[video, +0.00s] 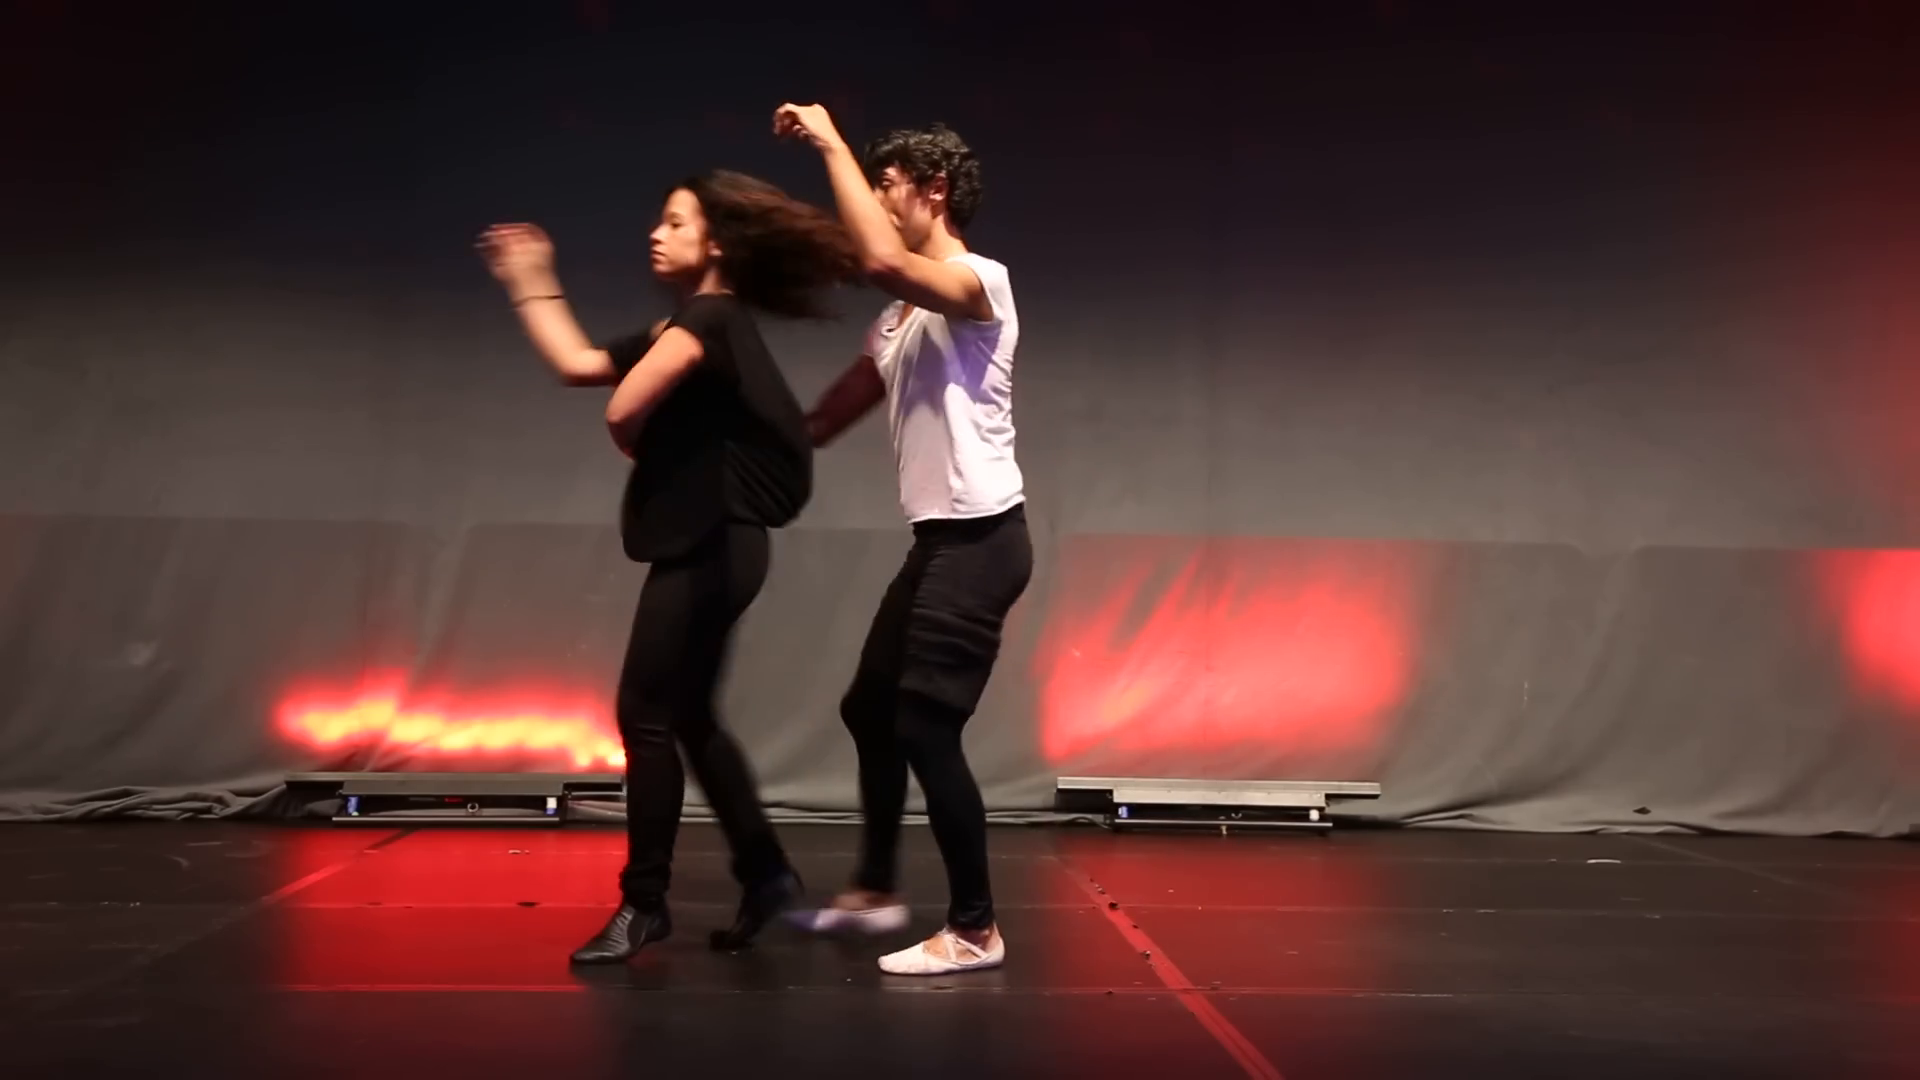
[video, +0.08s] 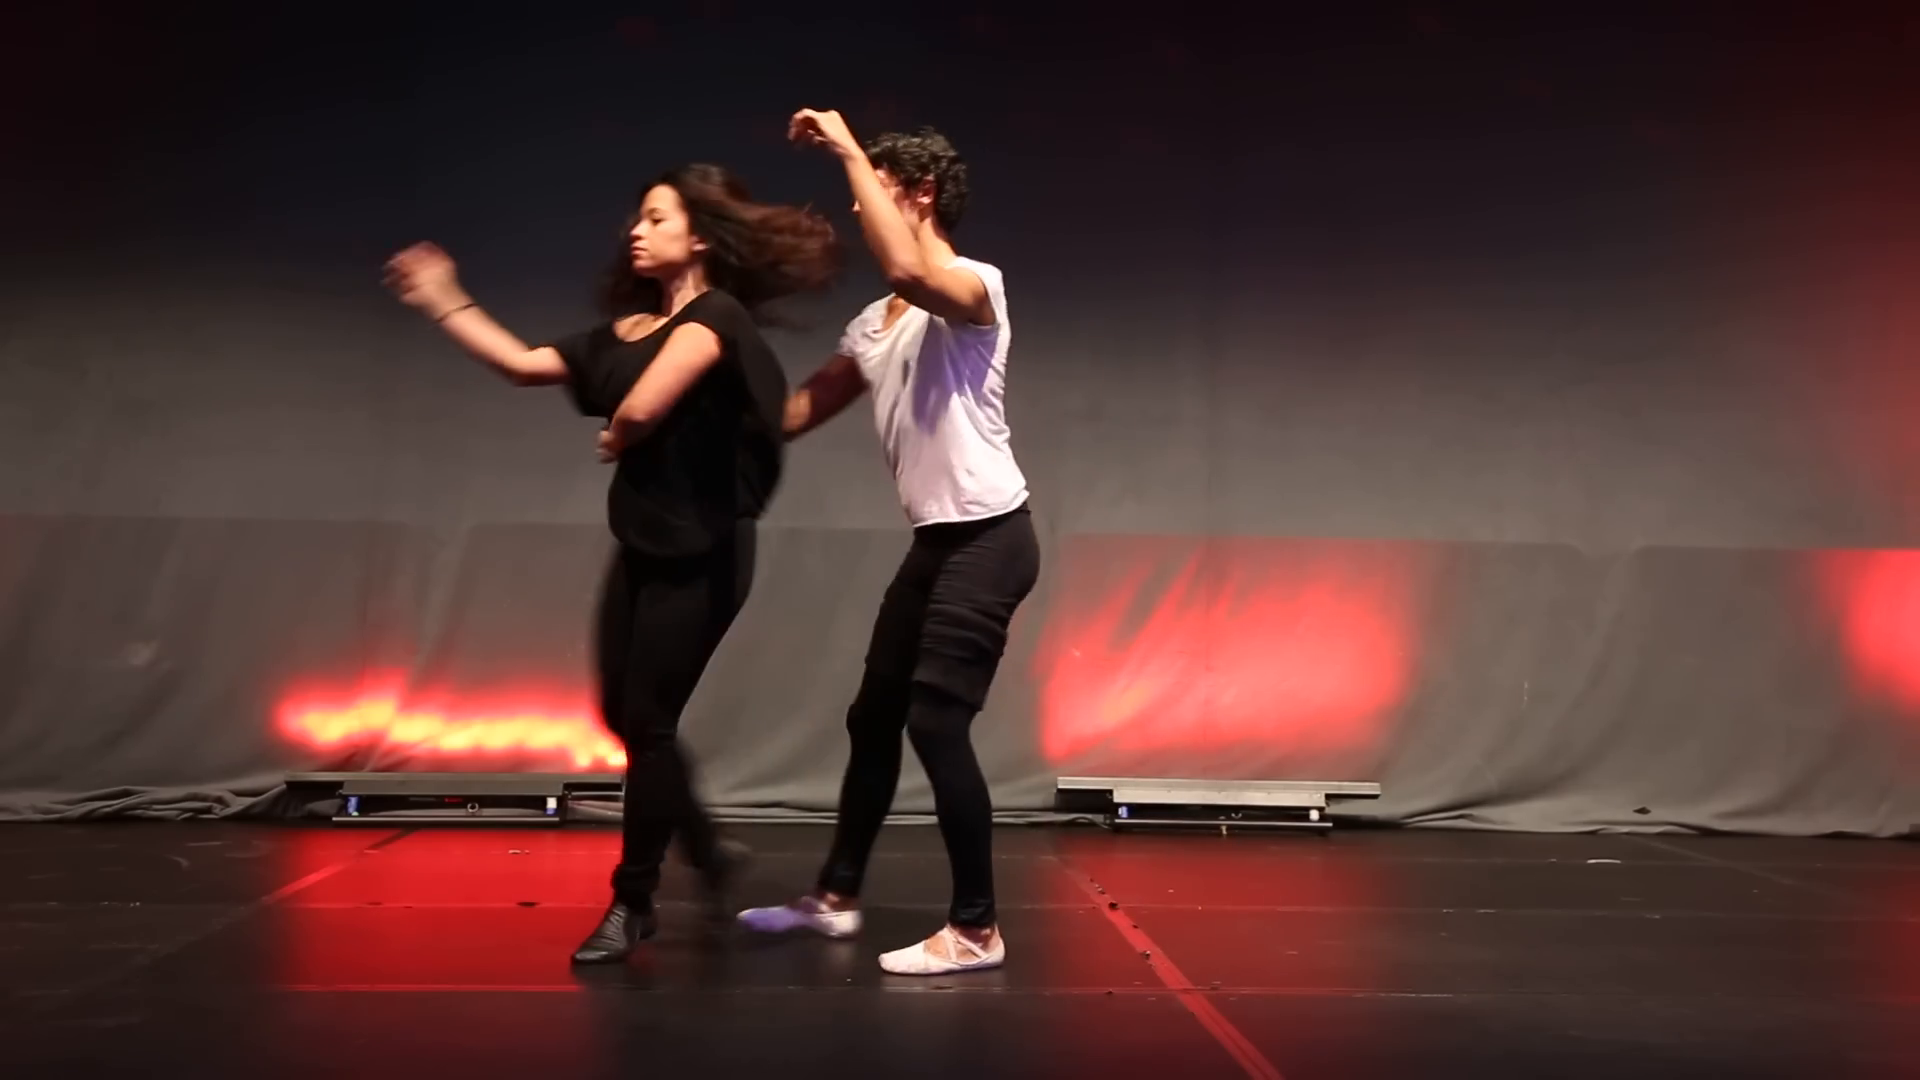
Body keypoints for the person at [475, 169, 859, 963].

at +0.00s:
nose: (657, 235)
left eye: (674, 223)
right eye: (660, 222)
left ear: (718, 244)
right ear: (694, 242)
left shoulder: (707, 319)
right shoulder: (686, 324)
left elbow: (625, 410)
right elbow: (579, 361)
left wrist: (632, 438)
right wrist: (530, 279)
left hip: (705, 547)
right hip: (706, 546)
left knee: (646, 715)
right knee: (689, 715)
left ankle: (644, 906)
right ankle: (769, 883)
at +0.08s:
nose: (636, 230)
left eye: (655, 219)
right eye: (639, 219)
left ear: (701, 235)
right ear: (655, 237)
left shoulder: (714, 318)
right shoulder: (628, 330)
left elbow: (641, 409)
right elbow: (526, 362)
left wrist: (618, 438)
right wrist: (445, 299)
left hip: (706, 554)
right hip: (643, 549)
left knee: (649, 718)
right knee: (625, 711)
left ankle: (632, 905)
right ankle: (714, 862)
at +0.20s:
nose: (612, 236)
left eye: (631, 222)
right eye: (613, 223)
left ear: (679, 236)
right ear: (621, 241)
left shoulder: (714, 331)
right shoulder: (595, 342)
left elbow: (681, 418)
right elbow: (496, 389)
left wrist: (604, 449)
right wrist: (384, 354)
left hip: (687, 566)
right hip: (604, 551)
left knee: (638, 730)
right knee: (555, 713)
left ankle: (605, 901)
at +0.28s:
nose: (599, 240)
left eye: (617, 227)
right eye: (599, 228)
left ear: (666, 239)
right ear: (600, 245)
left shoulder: (712, 335)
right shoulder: (576, 341)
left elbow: (698, 424)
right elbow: (506, 416)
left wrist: (599, 456)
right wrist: (391, 393)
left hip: (681, 571)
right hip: (588, 556)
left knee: (623, 736)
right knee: (524, 710)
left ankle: (579, 897)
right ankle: (520, 876)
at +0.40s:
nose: (588, 250)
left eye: (604, 235)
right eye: (585, 238)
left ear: (652, 242)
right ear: (586, 252)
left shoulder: (707, 340)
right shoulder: (566, 346)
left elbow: (709, 434)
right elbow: (526, 443)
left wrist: (602, 463)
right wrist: (461, 429)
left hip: (674, 575)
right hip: (580, 559)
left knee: (612, 739)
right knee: (528, 717)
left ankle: (555, 899)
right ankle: (520, 894)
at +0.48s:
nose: (586, 254)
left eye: (603, 239)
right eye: (582, 243)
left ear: (649, 246)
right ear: (578, 256)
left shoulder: (703, 343)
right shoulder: (562, 344)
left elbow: (715, 433)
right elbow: (535, 463)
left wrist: (602, 466)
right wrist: (515, 425)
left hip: (676, 579)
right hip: (581, 567)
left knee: (614, 741)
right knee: (548, 722)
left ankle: (548, 896)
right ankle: (570, 892)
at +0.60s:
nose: (592, 263)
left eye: (609, 248)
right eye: (586, 251)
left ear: (656, 253)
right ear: (584, 264)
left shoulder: (707, 341)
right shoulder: (570, 347)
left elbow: (729, 437)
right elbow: (536, 455)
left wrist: (618, 473)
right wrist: (598, 400)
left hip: (696, 579)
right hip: (599, 572)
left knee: (636, 756)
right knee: (608, 748)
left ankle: (541, 891)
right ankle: (676, 916)